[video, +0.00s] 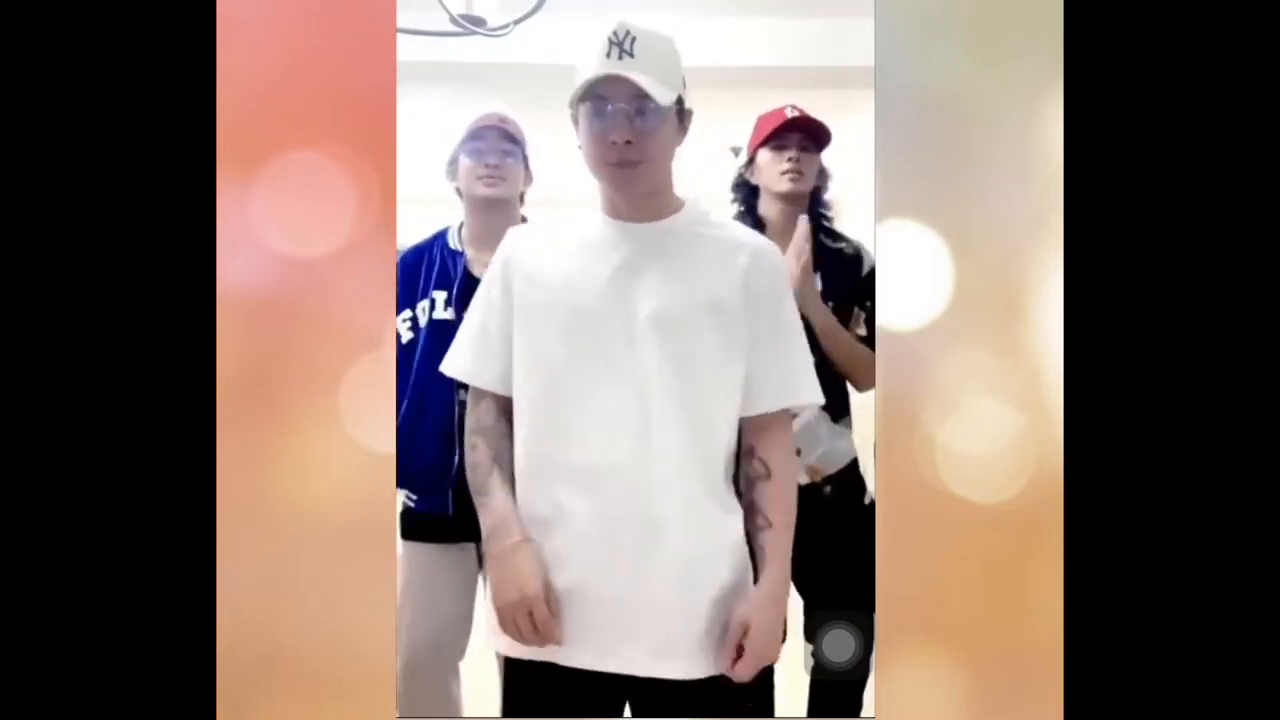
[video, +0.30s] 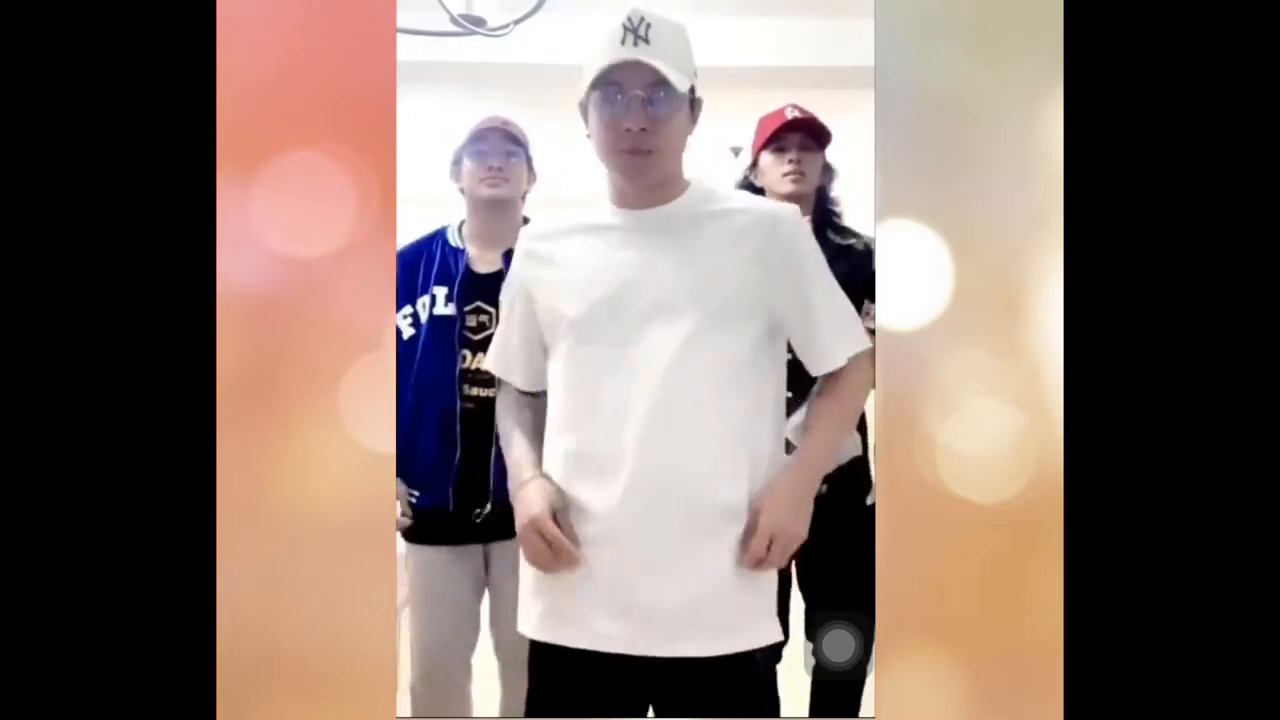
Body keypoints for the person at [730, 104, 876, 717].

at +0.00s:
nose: (795, 158)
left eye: (808, 150)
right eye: (780, 148)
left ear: (820, 170)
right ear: (750, 165)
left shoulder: (847, 258)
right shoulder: (722, 251)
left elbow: (865, 374)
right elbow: (712, 361)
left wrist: (809, 302)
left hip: (829, 472)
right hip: (740, 471)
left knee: (843, 648)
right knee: (743, 642)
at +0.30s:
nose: (795, 160)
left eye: (808, 150)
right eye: (781, 150)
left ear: (825, 167)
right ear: (754, 164)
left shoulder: (858, 254)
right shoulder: (727, 245)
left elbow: (889, 351)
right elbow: (705, 345)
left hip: (839, 466)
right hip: (748, 464)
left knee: (842, 645)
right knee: (748, 639)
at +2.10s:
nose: (844, 158)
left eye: (858, 147)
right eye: (830, 147)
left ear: (879, 162)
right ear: (808, 163)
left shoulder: (899, 252)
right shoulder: (774, 245)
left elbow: (912, 363)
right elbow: (747, 353)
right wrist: (787, 428)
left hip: (860, 480)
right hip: (774, 475)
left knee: (855, 653)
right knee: (761, 648)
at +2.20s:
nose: (829, 167)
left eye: (847, 154)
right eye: (818, 153)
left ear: (874, 169)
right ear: (803, 166)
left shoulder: (893, 255)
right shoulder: (775, 248)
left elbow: (904, 360)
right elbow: (752, 356)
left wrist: (862, 426)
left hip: (861, 478)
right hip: (778, 473)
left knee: (854, 646)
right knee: (766, 642)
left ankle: (852, 719)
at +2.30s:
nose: (820, 182)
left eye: (837, 169)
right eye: (811, 169)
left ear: (868, 180)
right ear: (801, 178)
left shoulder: (895, 261)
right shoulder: (781, 258)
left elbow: (905, 361)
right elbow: (764, 359)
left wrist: (869, 439)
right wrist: (799, 443)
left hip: (867, 477)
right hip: (786, 473)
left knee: (859, 641)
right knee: (774, 635)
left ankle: (854, 712)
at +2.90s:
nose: (820, 175)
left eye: (836, 162)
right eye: (813, 163)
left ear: (873, 171)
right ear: (806, 170)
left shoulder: (900, 258)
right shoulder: (791, 252)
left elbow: (908, 364)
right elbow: (765, 346)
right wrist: (785, 418)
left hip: (863, 472)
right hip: (783, 467)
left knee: (855, 634)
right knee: (770, 628)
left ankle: (854, 718)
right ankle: (767, 716)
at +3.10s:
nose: (828, 163)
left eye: (845, 149)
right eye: (815, 151)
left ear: (874, 165)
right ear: (801, 169)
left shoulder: (899, 255)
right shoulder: (779, 251)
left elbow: (912, 363)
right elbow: (754, 355)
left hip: (873, 474)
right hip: (788, 471)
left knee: (862, 649)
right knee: (775, 640)